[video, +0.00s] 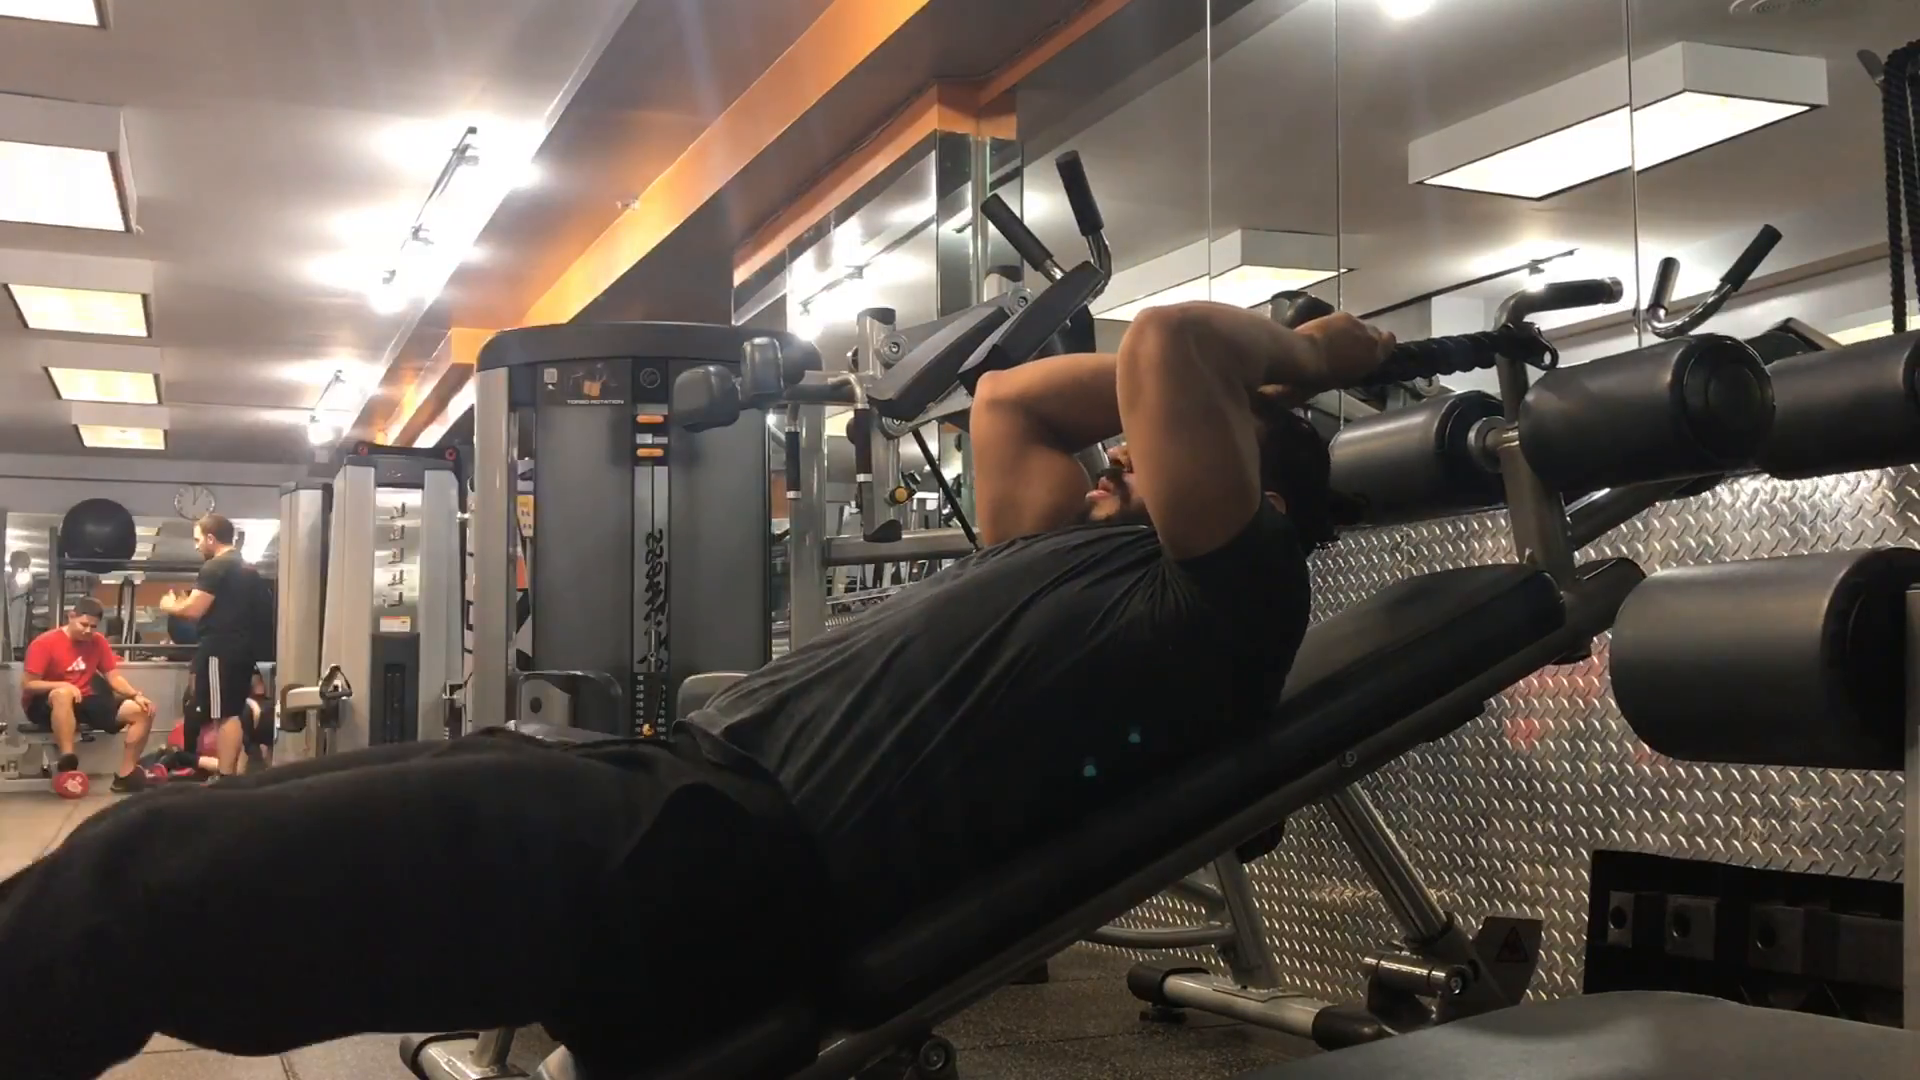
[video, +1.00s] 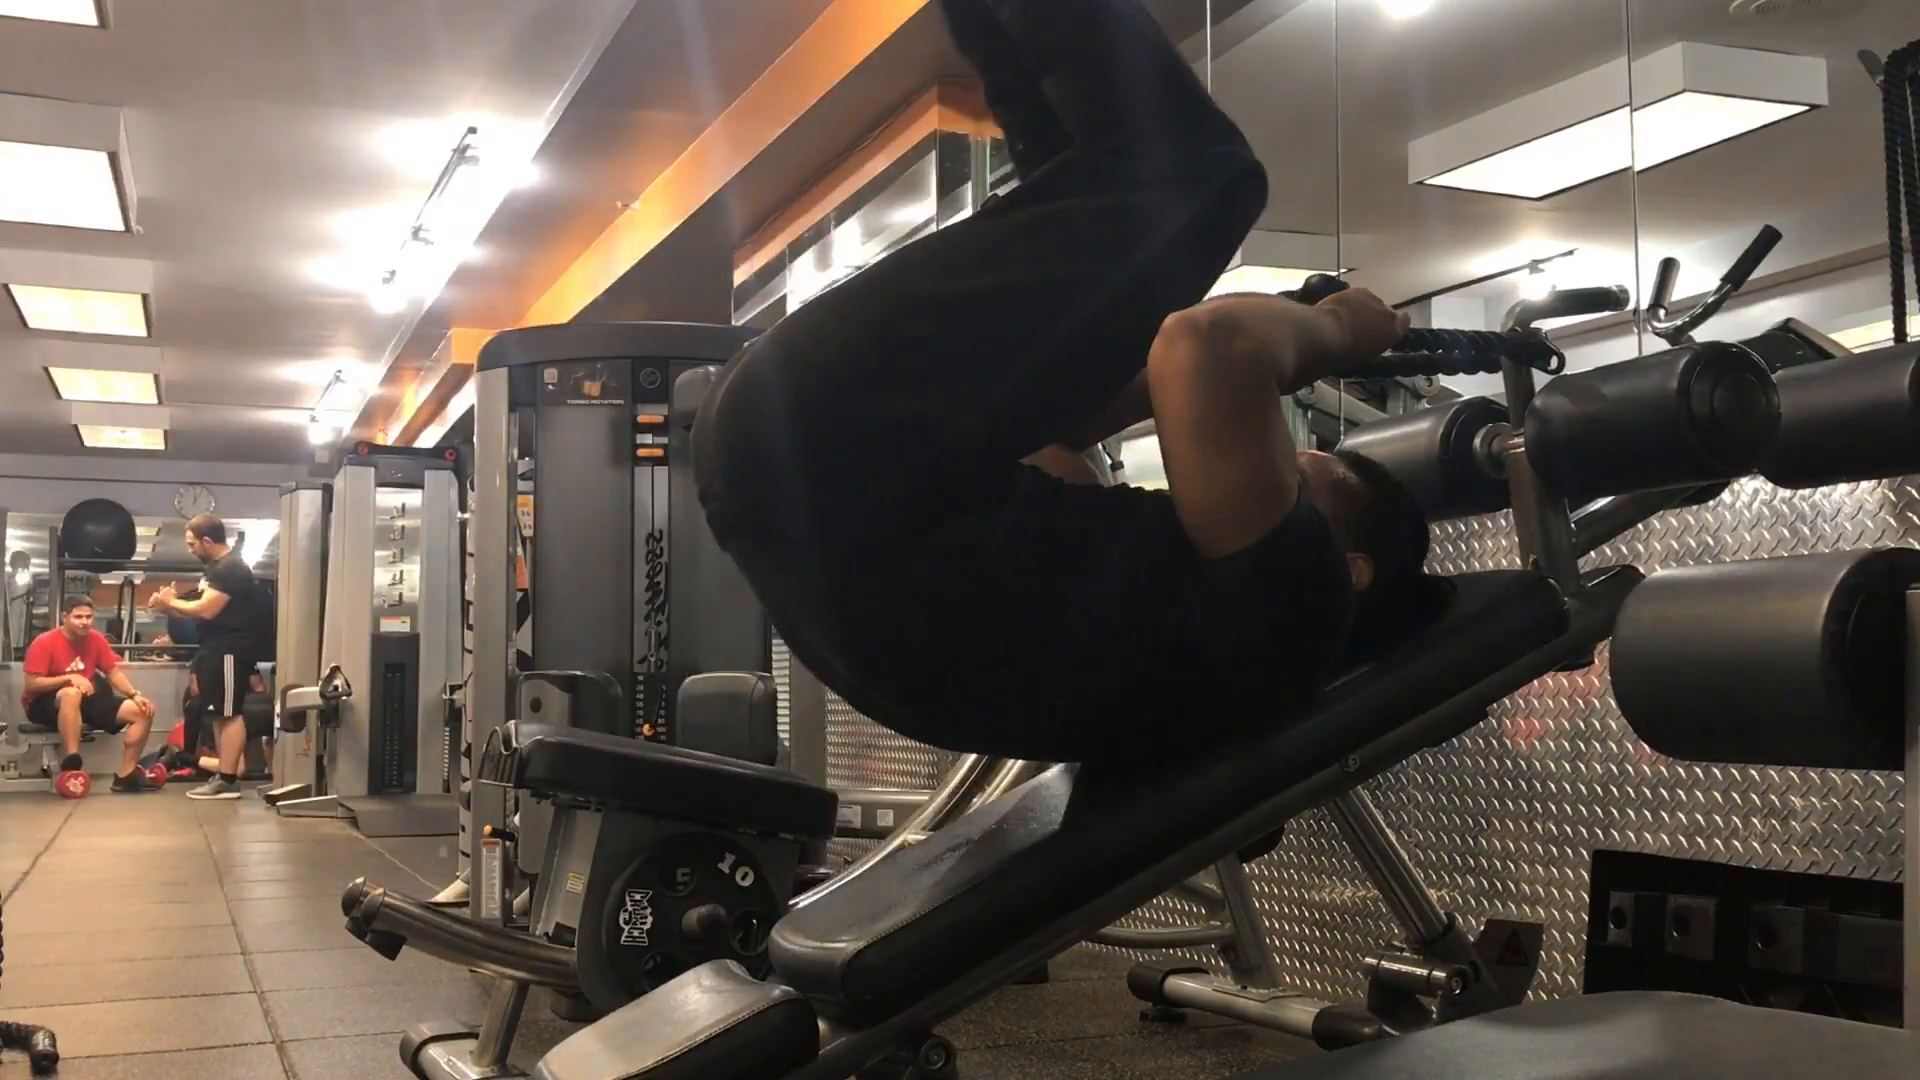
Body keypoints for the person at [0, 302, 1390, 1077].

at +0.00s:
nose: (1123, 443)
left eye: (1162, 429)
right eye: (1107, 436)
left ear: (1243, 482)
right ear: (1122, 493)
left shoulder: (1224, 616)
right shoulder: (1056, 570)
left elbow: (1172, 331)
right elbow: (1003, 399)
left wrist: (1313, 352)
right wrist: (1206, 407)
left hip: (709, 863)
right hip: (642, 781)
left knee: (126, 893)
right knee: (131, 864)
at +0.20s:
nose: (1148, 454)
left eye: (1195, 434)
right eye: (1147, 436)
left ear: (1252, 486)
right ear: (1200, 494)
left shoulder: (1230, 614)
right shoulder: (1075, 571)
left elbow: (1172, 335)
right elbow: (1004, 403)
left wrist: (1310, 354)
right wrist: (1203, 406)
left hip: (716, 899)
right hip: (677, 803)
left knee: (183, 698)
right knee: (212, 670)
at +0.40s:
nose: (1190, 478)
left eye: (1231, 469)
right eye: (1216, 462)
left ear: (1274, 512)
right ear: (1211, 501)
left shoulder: (1239, 623)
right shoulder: (1080, 579)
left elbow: (1184, 342)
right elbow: (1013, 404)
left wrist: (1312, 352)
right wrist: (1225, 399)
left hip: (772, 886)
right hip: (719, 821)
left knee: (504, 359)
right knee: (514, 346)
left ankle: (73, 487)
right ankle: (95, 474)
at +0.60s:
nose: (1265, 445)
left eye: (1296, 451)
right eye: (1276, 438)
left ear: (1331, 536)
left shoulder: (1272, 602)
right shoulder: (1107, 573)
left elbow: (1195, 335)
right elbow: (1017, 395)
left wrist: (1326, 339)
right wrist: (1205, 406)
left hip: (744, 728)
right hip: (676, 714)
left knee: (911, 248)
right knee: (884, 291)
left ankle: (473, 88)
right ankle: (481, 96)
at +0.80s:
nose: (1308, 452)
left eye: (1336, 463)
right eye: (1323, 449)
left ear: (1353, 554)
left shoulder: (1291, 605)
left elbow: (1185, 345)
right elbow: (1042, 426)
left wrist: (1331, 328)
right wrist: (1152, 377)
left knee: (1112, 202)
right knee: (1084, 223)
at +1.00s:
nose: (1291, 461)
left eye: (1325, 469)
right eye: (1308, 459)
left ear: (1351, 566)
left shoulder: (1296, 607)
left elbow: (1201, 349)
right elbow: (1044, 442)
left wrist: (1335, 327)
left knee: (1200, 179)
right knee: (1127, 200)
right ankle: (977, 28)